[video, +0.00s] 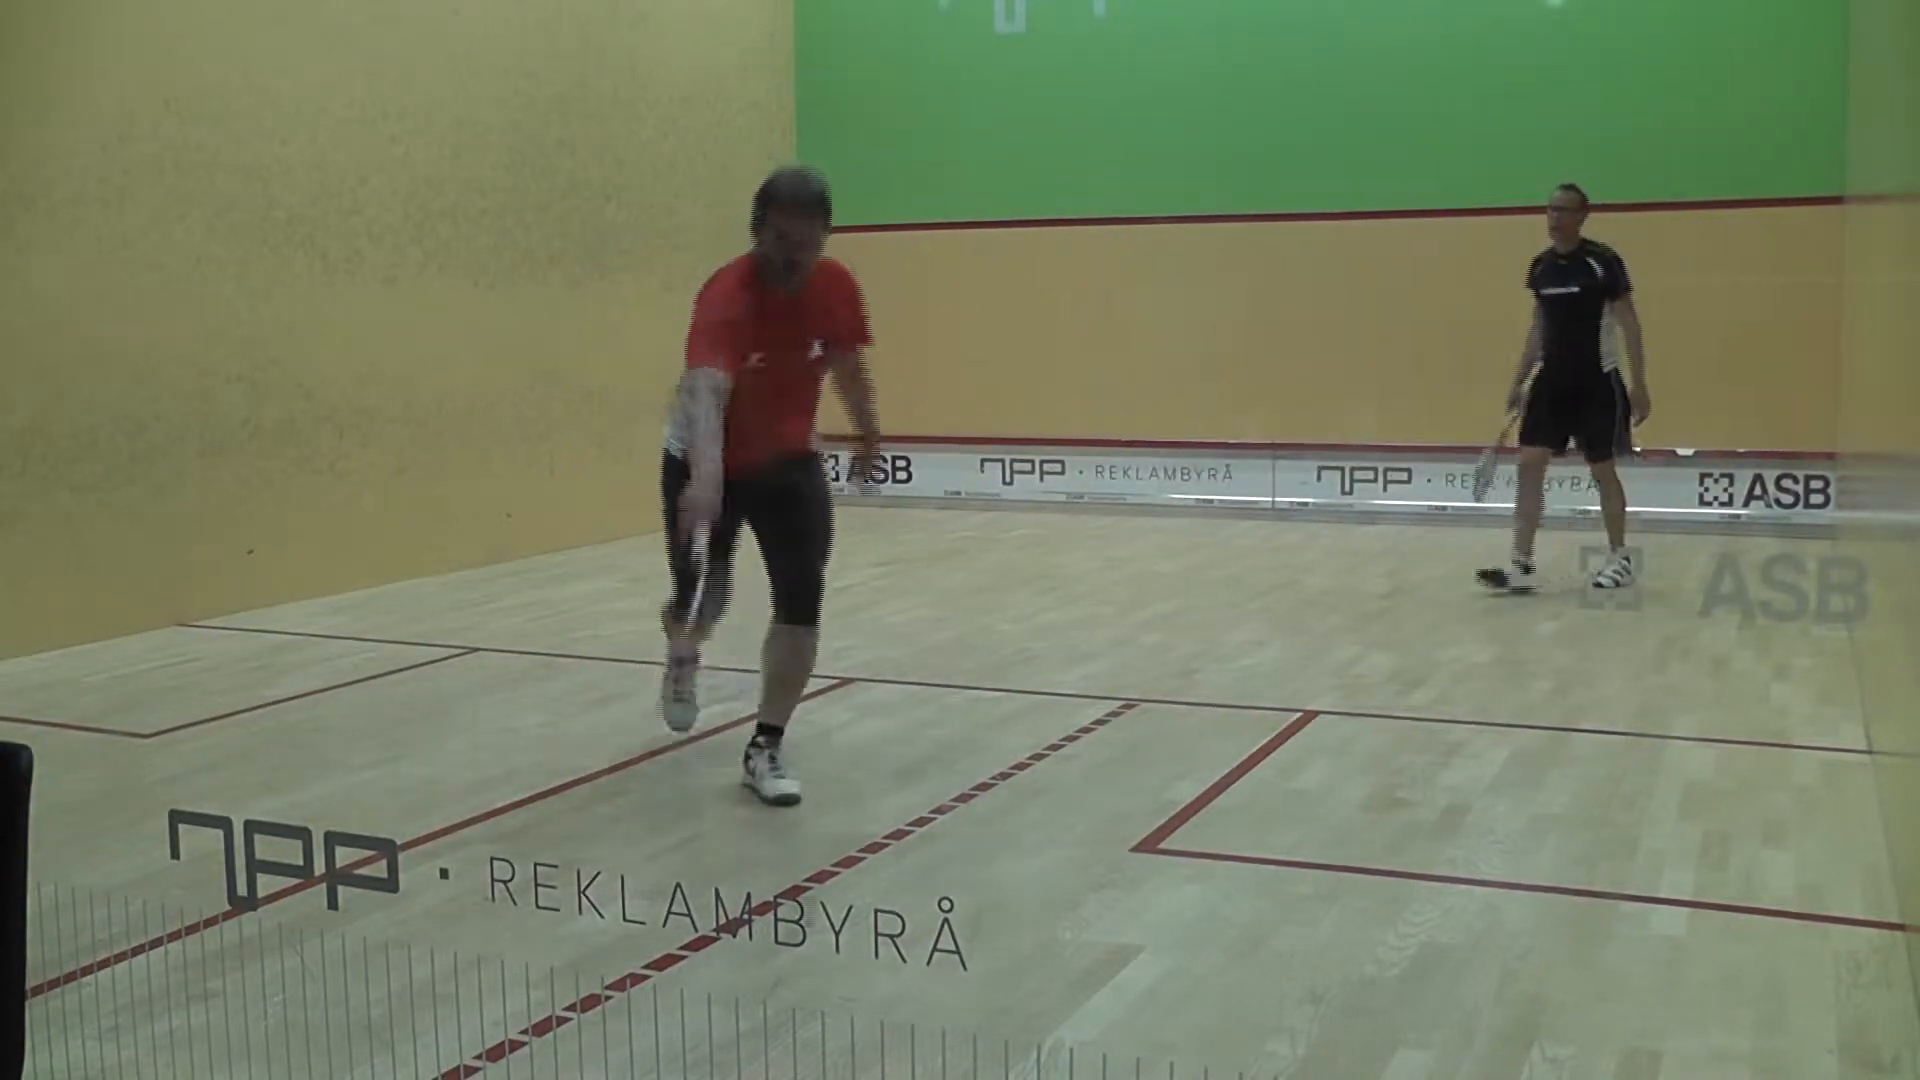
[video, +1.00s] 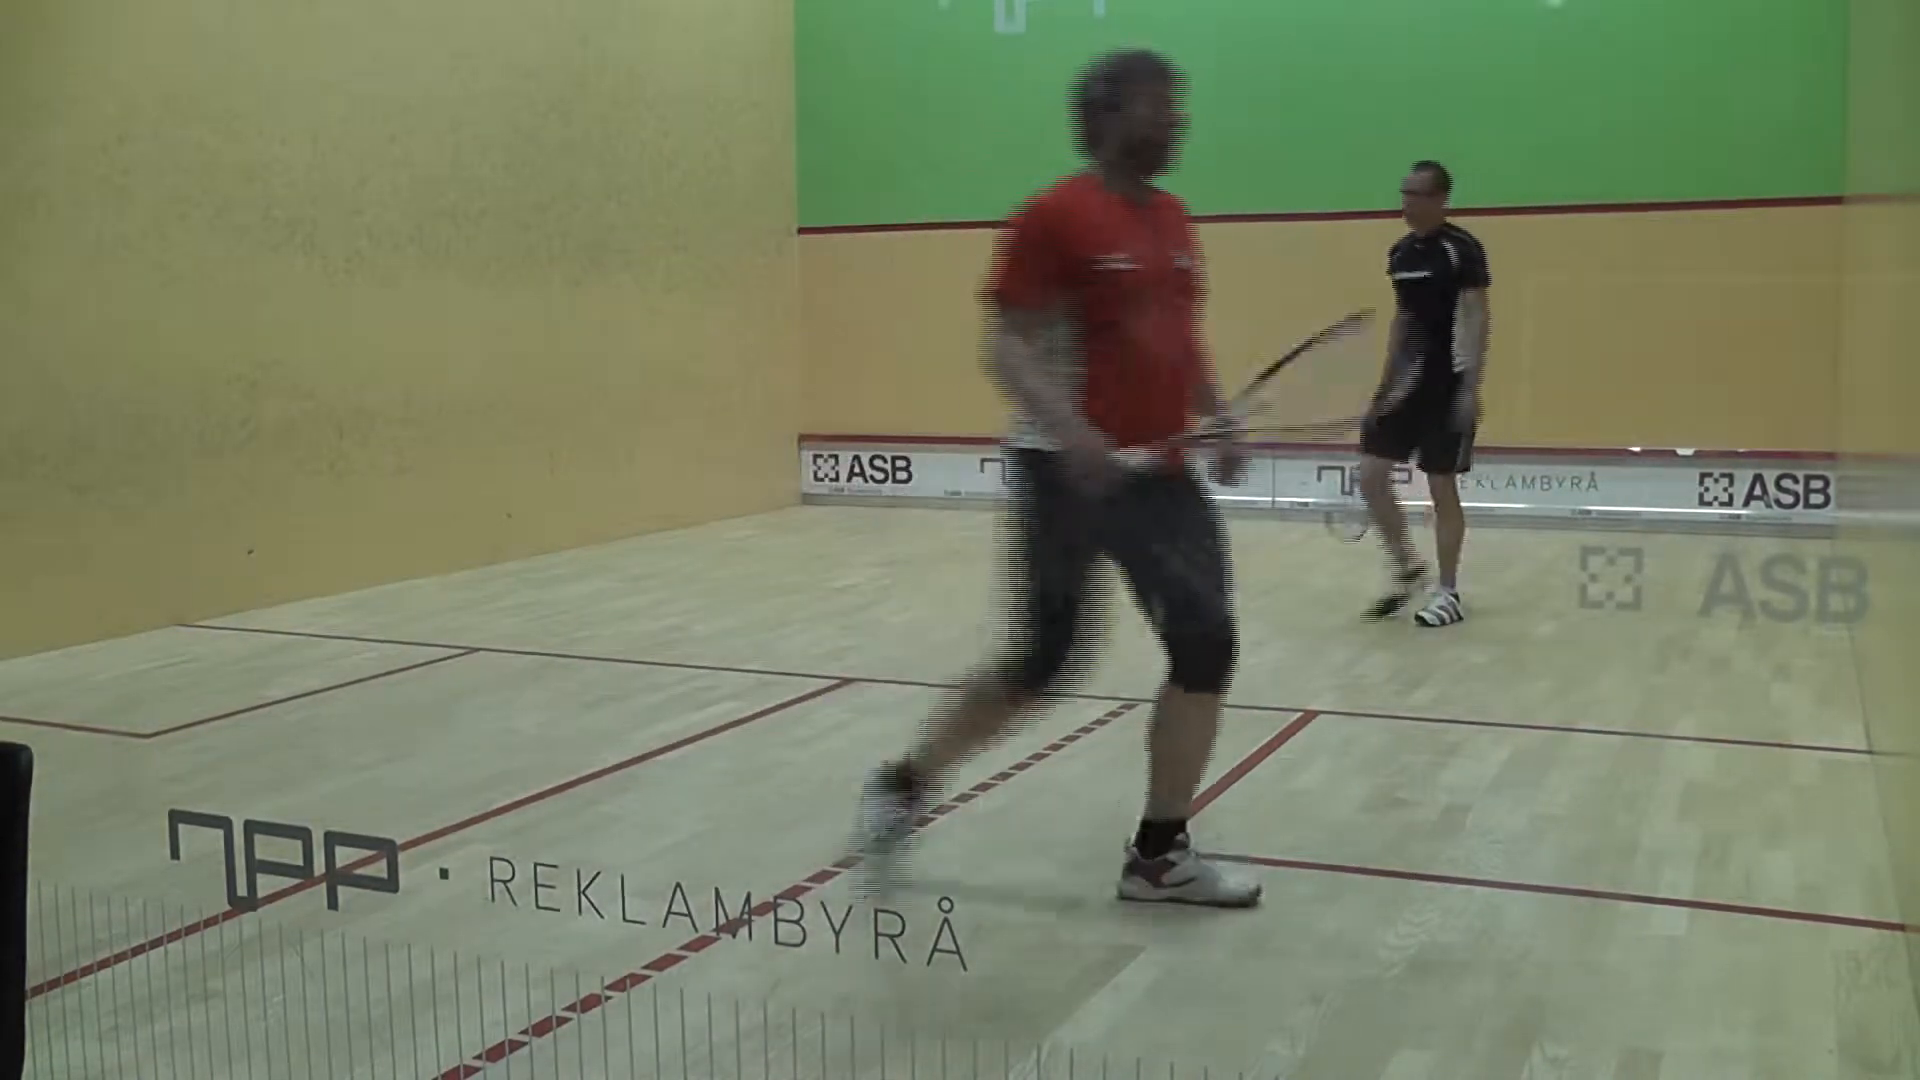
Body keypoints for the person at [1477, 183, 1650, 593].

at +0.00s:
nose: (1555, 217)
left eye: (1564, 211)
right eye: (1551, 210)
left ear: (1583, 216)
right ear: (1546, 214)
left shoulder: (1604, 261)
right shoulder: (1541, 267)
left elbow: (1628, 322)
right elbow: (1538, 327)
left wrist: (1638, 384)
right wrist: (1518, 382)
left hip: (1596, 380)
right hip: (1551, 380)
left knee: (1602, 469)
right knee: (1529, 463)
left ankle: (1619, 558)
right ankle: (1521, 562)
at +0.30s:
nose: (1509, 211)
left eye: (1518, 204)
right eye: (1504, 203)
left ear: (1534, 211)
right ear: (1496, 208)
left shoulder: (1555, 257)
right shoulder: (1488, 262)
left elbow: (1575, 321)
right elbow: (1478, 327)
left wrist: (1576, 381)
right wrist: (1460, 386)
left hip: (1541, 381)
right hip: (1497, 380)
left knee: (1540, 477)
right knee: (1494, 474)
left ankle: (1574, 551)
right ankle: (1510, 572)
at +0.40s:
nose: (1499, 207)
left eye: (1508, 200)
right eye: (1494, 198)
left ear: (1526, 206)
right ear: (1487, 203)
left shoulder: (1545, 254)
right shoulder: (1473, 260)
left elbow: (1564, 317)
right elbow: (1464, 322)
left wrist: (1567, 377)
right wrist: (1446, 380)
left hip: (1531, 375)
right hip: (1487, 375)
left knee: (1520, 469)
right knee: (1491, 472)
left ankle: (1540, 544)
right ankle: (1509, 570)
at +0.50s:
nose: (1485, 207)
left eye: (1495, 201)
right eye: (1480, 200)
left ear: (1512, 207)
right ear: (1473, 205)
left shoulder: (1531, 257)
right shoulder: (1460, 258)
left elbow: (1550, 320)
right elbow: (1445, 320)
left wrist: (1555, 383)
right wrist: (1425, 381)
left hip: (1514, 372)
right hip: (1471, 372)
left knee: (1496, 472)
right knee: (1485, 474)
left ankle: (1504, 573)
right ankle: (1508, 567)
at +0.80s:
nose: (1446, 210)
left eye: (1456, 204)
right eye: (1442, 201)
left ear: (1476, 210)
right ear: (1436, 205)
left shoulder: (1496, 261)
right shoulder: (1426, 261)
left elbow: (1515, 332)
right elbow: (1414, 327)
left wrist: (1522, 396)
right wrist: (1393, 389)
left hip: (1474, 383)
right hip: (1433, 381)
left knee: (1448, 486)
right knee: (1428, 491)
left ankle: (1447, 593)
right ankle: (1482, 544)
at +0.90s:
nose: (1421, 203)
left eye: (1432, 196)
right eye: (1420, 194)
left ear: (1456, 202)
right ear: (1418, 198)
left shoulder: (1476, 254)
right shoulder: (1411, 254)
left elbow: (1496, 327)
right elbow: (1404, 325)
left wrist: (1497, 393)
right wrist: (1390, 387)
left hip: (1458, 381)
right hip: (1414, 380)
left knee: (1445, 485)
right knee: (1389, 482)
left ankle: (1448, 591)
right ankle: (1443, 547)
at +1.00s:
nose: (1404, 202)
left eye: (1414, 195)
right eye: (1403, 193)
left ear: (1441, 199)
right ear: (1405, 196)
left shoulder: (1463, 249)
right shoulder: (1402, 253)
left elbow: (1475, 322)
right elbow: (1400, 324)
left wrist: (1470, 392)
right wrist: (1385, 385)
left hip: (1449, 384)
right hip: (1408, 382)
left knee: (1442, 486)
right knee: (1371, 476)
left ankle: (1448, 591)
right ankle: (1407, 567)